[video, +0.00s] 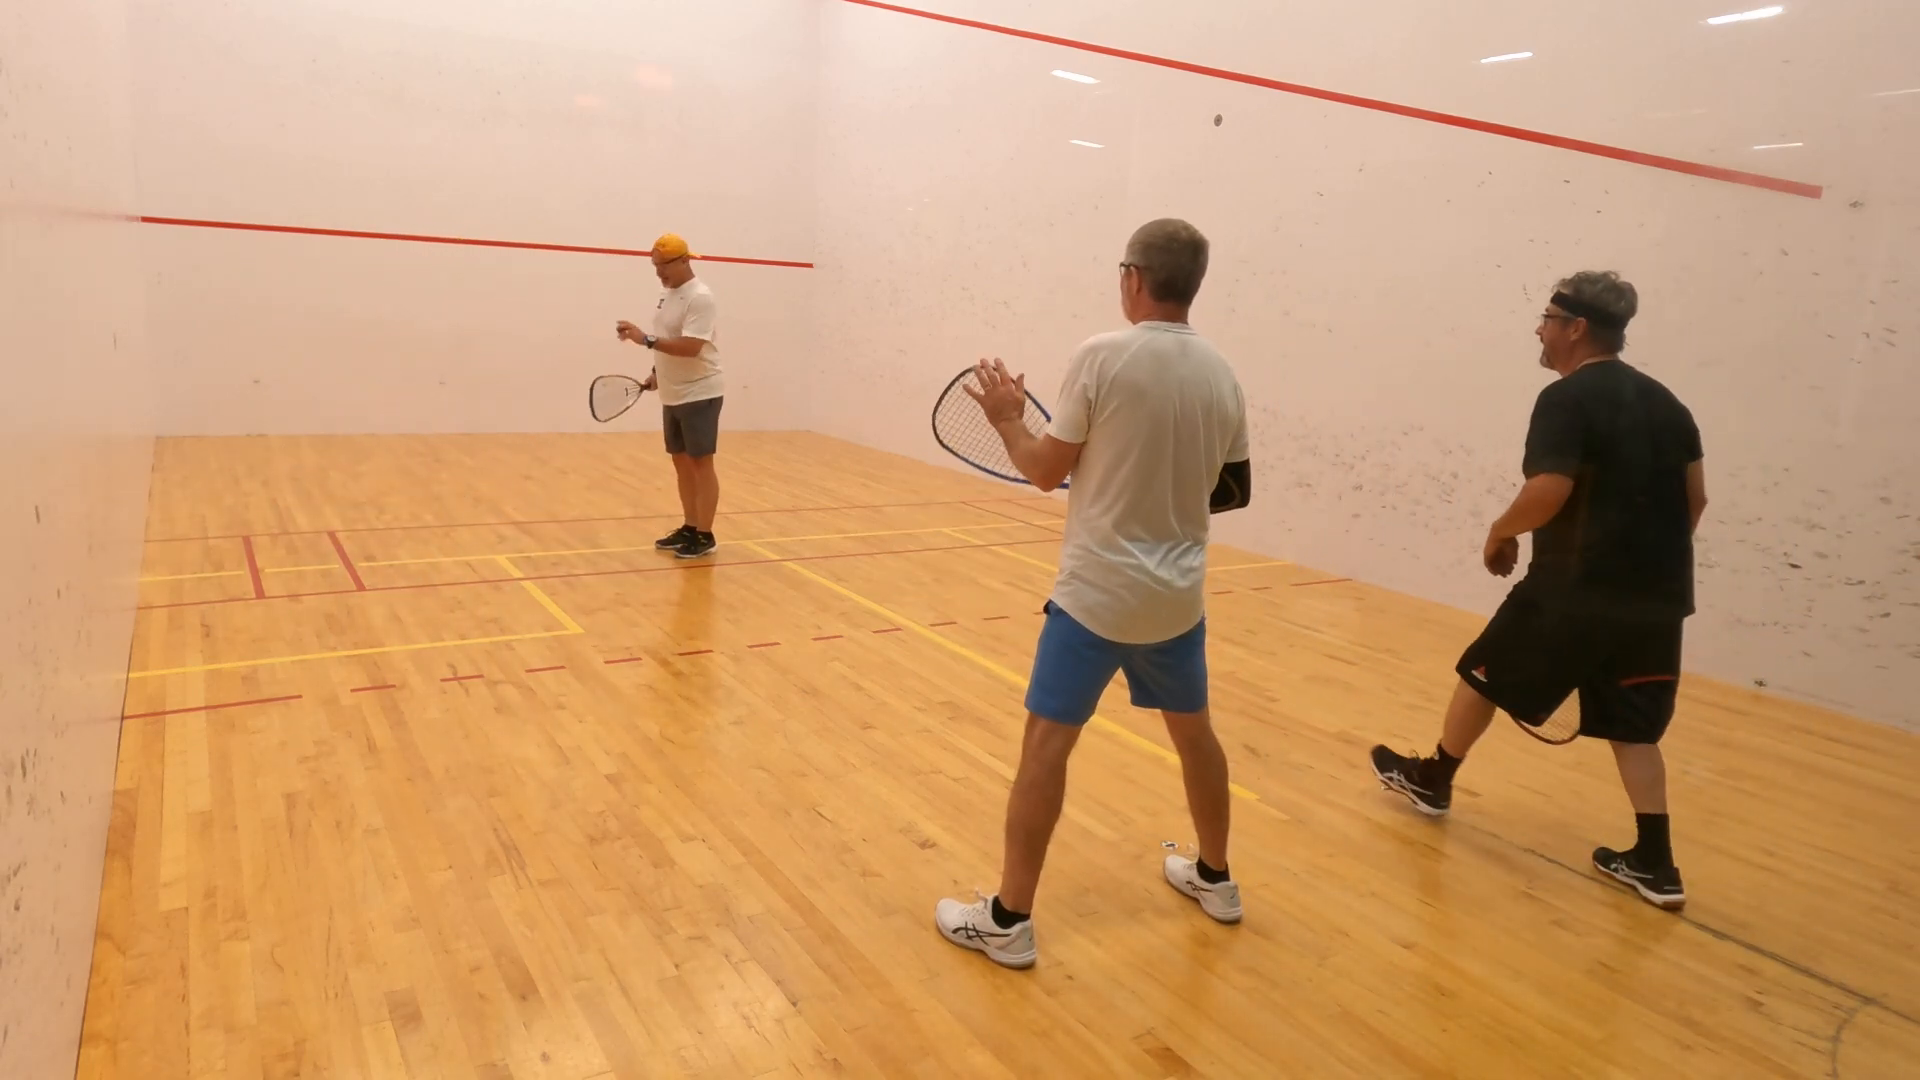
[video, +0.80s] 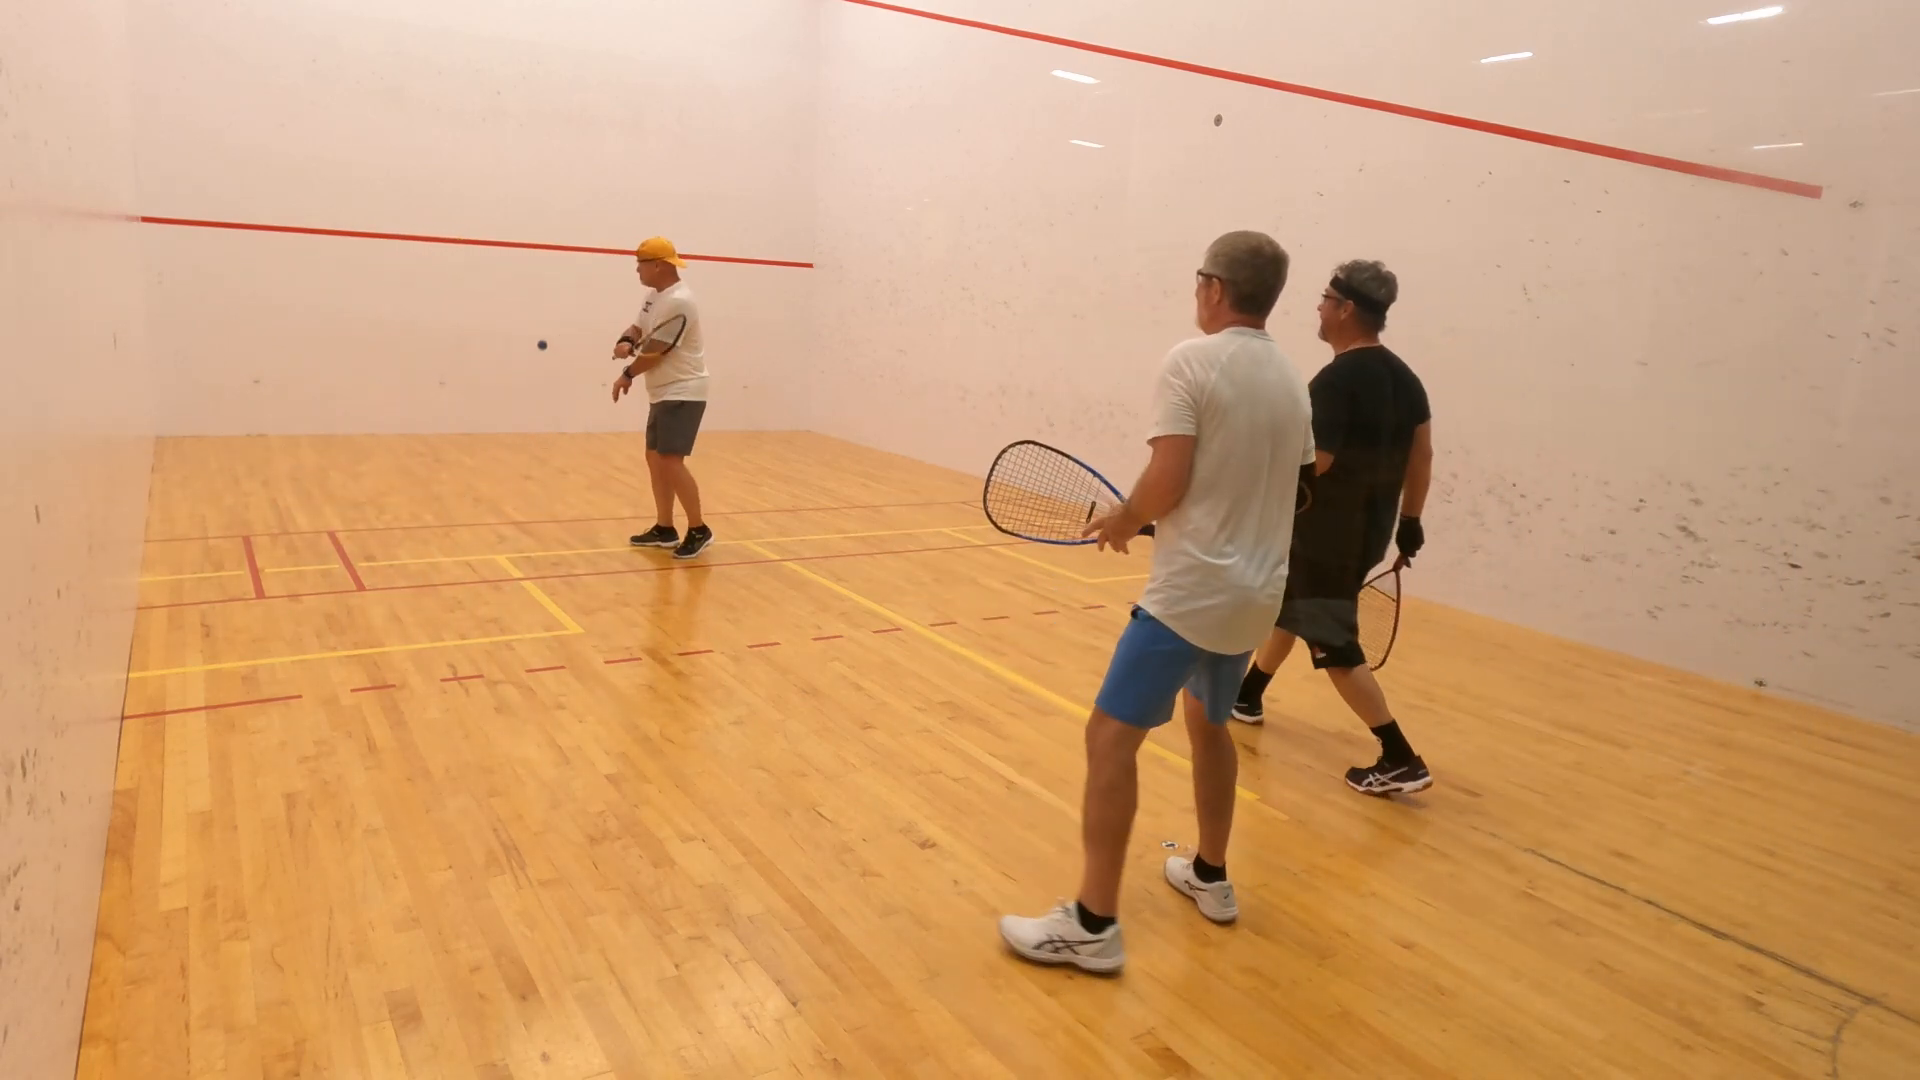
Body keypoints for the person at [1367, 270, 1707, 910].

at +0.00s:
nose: (1539, 330)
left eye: (1549, 320)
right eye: (1544, 318)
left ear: (1579, 331)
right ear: (1608, 334)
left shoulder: (1565, 398)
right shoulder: (1666, 404)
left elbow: (1549, 487)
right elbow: (1693, 499)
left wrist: (1503, 531)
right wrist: (1655, 562)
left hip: (1568, 595)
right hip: (1652, 604)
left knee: (1485, 669)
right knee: (1632, 722)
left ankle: (1435, 775)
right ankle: (1655, 861)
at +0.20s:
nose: (1474, 323)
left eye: (1484, 315)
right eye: (1480, 312)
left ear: (1510, 328)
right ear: (1536, 331)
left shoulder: (1498, 398)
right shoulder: (1587, 397)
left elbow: (1488, 488)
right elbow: (1613, 486)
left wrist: (1440, 529)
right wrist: (1574, 543)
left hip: (1502, 576)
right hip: (1576, 584)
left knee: (1429, 656)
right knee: (1588, 701)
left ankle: (1410, 771)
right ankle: (1645, 838)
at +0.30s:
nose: (1441, 315)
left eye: (1450, 307)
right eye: (1446, 305)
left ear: (1475, 321)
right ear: (1499, 324)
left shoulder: (1464, 390)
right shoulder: (1551, 388)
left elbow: (1452, 478)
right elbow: (1573, 474)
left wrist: (1405, 515)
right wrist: (1547, 534)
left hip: (1462, 566)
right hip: (1534, 570)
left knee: (1410, 661)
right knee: (1523, 676)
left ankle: (1407, 773)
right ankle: (1604, 792)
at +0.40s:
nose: (1414, 311)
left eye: (1423, 303)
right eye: (1418, 300)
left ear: (1448, 314)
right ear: (1473, 317)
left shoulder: (1436, 382)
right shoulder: (1521, 383)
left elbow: (1417, 468)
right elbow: (1539, 470)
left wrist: (1370, 499)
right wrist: (1506, 523)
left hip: (1433, 556)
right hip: (1498, 559)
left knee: (1393, 657)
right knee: (1460, 652)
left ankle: (1406, 772)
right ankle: (1530, 753)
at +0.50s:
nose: (1390, 305)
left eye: (1398, 298)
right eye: (1394, 296)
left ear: (1420, 309)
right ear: (1446, 312)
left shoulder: (1409, 377)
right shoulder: (1492, 378)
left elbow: (1386, 464)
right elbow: (1510, 463)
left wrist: (1338, 486)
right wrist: (1484, 526)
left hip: (1406, 549)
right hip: (1465, 547)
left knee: (1382, 659)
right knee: (1410, 633)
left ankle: (1405, 772)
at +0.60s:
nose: (1365, 305)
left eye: (1373, 297)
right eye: (1369, 295)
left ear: (1397, 307)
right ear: (1419, 311)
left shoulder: (1384, 375)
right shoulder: (1463, 376)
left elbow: (1359, 459)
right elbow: (1483, 457)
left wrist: (1309, 477)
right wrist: (1463, 522)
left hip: (1384, 545)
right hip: (1436, 542)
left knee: (1369, 653)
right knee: (1361, 623)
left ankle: (1406, 772)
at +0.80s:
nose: (1318, 308)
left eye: (1326, 300)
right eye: (1323, 298)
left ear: (1347, 311)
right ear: (1370, 315)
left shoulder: (1333, 381)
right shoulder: (1405, 381)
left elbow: (1315, 459)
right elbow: (1420, 455)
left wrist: (1257, 466)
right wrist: (1411, 520)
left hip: (1319, 537)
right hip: (1368, 537)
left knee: (1334, 645)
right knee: (1289, 607)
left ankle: (1399, 757)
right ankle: (1247, 692)